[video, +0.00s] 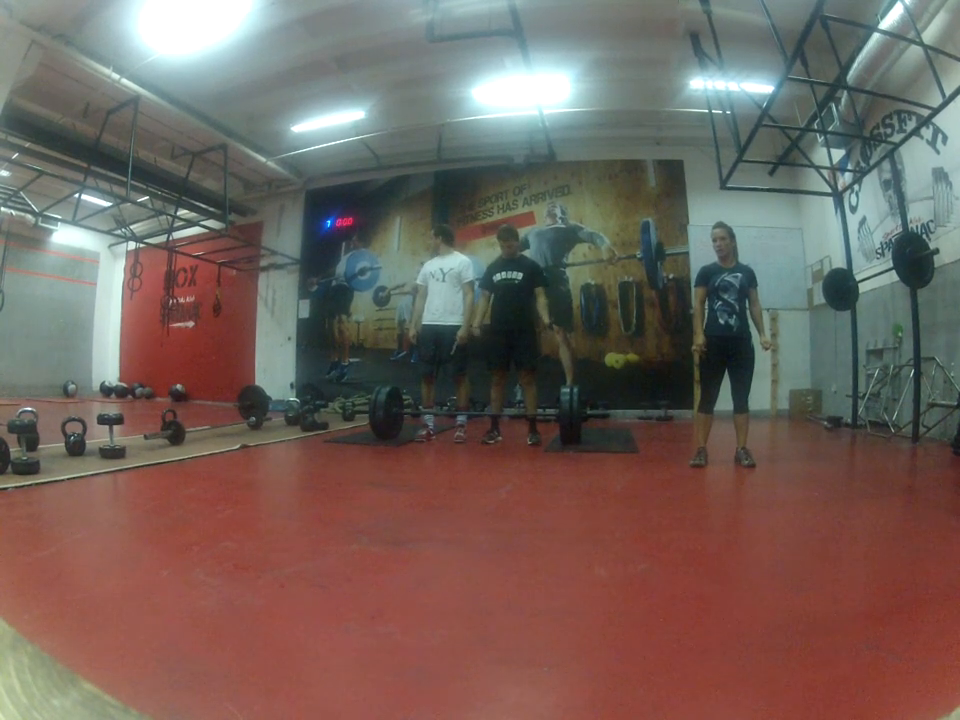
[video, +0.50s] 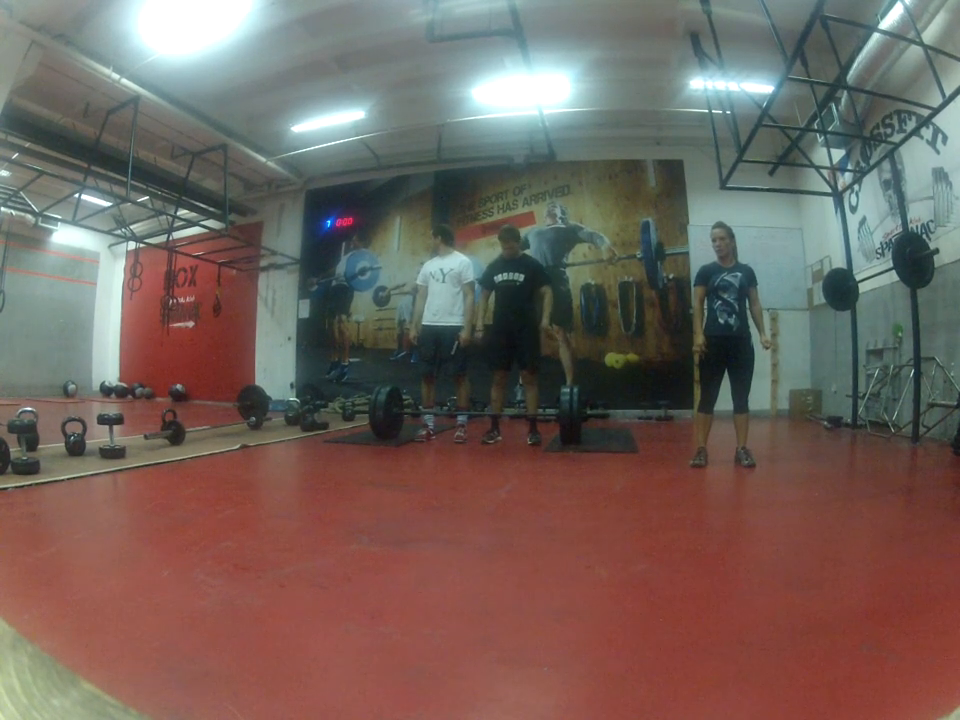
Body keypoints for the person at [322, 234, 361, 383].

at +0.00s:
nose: (353, 243)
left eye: (355, 240)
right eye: (352, 240)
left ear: (360, 242)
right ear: (351, 242)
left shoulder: (361, 256)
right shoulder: (348, 256)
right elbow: (336, 272)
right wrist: (319, 279)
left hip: (345, 289)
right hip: (335, 288)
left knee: (342, 326)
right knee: (333, 327)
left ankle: (345, 362)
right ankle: (335, 361)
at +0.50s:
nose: (353, 243)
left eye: (356, 240)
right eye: (353, 240)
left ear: (361, 242)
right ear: (352, 242)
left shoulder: (361, 256)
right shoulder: (347, 256)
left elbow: (365, 274)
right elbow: (335, 273)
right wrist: (318, 279)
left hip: (346, 288)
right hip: (335, 288)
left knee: (342, 324)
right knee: (333, 325)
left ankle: (345, 363)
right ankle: (335, 362)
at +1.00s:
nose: (354, 243)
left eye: (356, 241)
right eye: (353, 241)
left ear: (362, 243)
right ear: (353, 242)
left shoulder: (362, 256)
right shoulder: (348, 256)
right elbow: (336, 272)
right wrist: (318, 279)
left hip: (346, 289)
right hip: (335, 288)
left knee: (342, 325)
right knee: (333, 326)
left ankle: (345, 363)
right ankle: (335, 361)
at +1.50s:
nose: (353, 243)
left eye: (356, 241)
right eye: (353, 241)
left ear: (361, 242)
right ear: (353, 242)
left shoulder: (360, 256)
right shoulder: (349, 256)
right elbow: (336, 272)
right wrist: (319, 279)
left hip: (346, 288)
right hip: (335, 288)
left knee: (342, 324)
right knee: (333, 325)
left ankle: (345, 363)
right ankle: (335, 361)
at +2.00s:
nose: (353, 243)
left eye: (355, 241)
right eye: (353, 241)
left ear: (360, 242)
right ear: (354, 242)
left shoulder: (361, 256)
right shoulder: (349, 256)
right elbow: (337, 272)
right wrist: (319, 279)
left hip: (345, 288)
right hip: (335, 288)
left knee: (342, 324)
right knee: (333, 325)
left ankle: (345, 363)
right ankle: (335, 361)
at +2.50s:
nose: (352, 243)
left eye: (354, 241)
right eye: (352, 240)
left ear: (360, 242)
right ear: (353, 242)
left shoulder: (360, 256)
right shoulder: (348, 256)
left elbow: (362, 275)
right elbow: (337, 273)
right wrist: (319, 280)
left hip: (346, 289)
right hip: (336, 288)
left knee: (342, 324)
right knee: (334, 325)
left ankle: (345, 362)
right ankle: (335, 360)